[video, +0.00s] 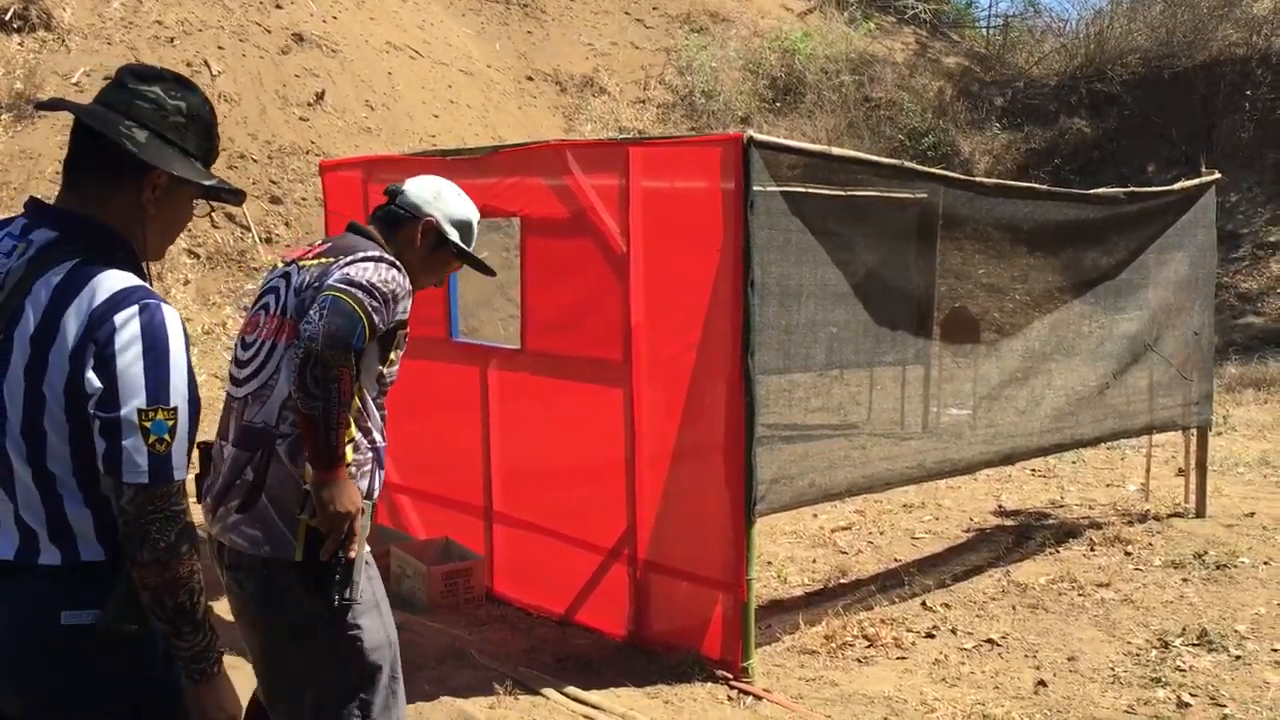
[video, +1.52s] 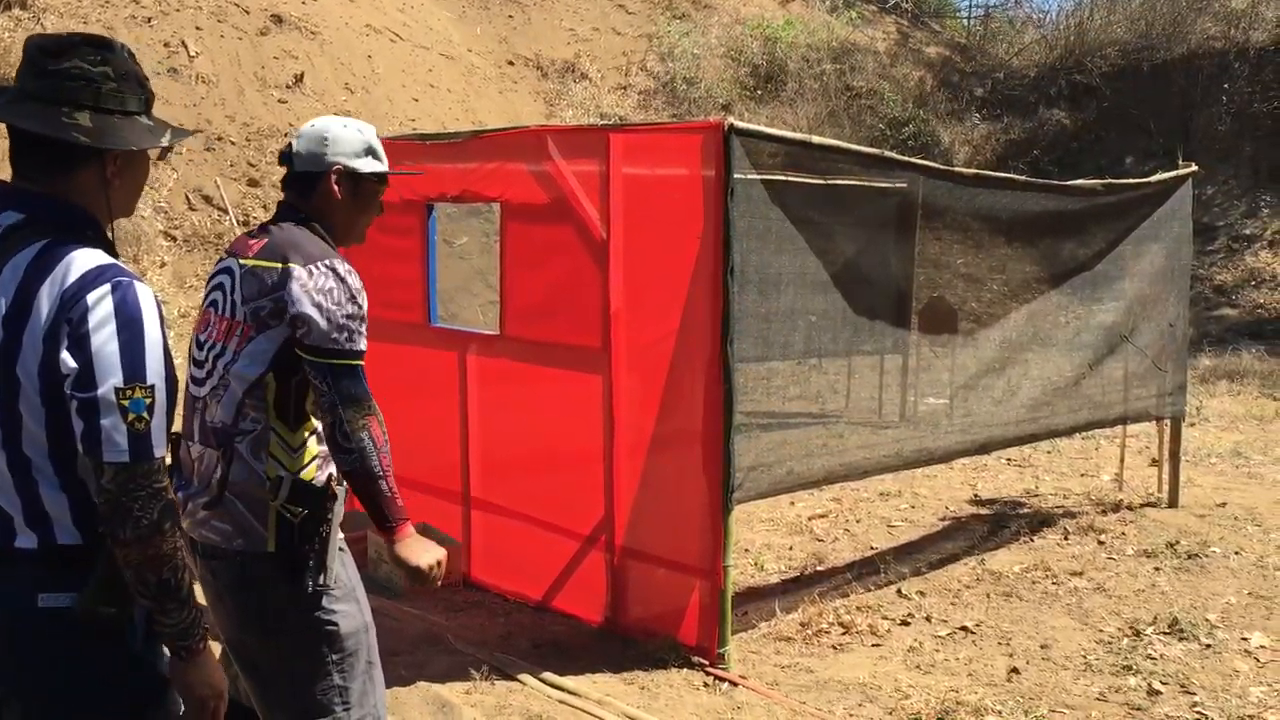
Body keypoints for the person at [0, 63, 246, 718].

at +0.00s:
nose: (191, 218)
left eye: (198, 198)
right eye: (194, 196)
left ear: (78, 160)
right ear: (153, 187)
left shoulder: (7, 247)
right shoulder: (133, 318)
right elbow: (157, 528)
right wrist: (205, 672)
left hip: (8, 592)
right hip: (91, 625)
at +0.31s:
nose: (191, 218)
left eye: (198, 197)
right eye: (193, 195)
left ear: (78, 160)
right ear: (152, 189)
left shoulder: (6, 246)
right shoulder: (131, 318)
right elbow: (155, 536)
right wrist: (203, 672)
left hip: (8, 590)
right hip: (93, 622)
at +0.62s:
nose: (187, 216)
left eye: (193, 197)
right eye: (189, 194)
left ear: (75, 158)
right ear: (150, 188)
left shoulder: (9, 244)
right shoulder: (129, 316)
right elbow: (153, 530)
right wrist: (203, 664)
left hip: (11, 589)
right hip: (92, 621)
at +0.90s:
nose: (181, 209)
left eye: (187, 190)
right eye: (184, 189)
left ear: (69, 154)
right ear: (146, 183)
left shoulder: (10, 241)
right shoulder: (125, 314)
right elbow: (145, 523)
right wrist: (196, 659)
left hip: (12, 585)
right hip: (84, 617)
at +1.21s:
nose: (173, 192)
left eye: (177, 174)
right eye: (173, 173)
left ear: (56, 149)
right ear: (133, 175)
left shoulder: (7, 237)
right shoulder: (118, 308)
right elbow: (137, 521)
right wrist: (186, 654)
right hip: (76, 617)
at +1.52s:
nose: (150, 164)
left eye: (149, 148)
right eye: (145, 149)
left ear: (24, 145)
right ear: (113, 161)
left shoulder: (6, 248)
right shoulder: (106, 299)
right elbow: (137, 509)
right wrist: (193, 643)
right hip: (75, 612)